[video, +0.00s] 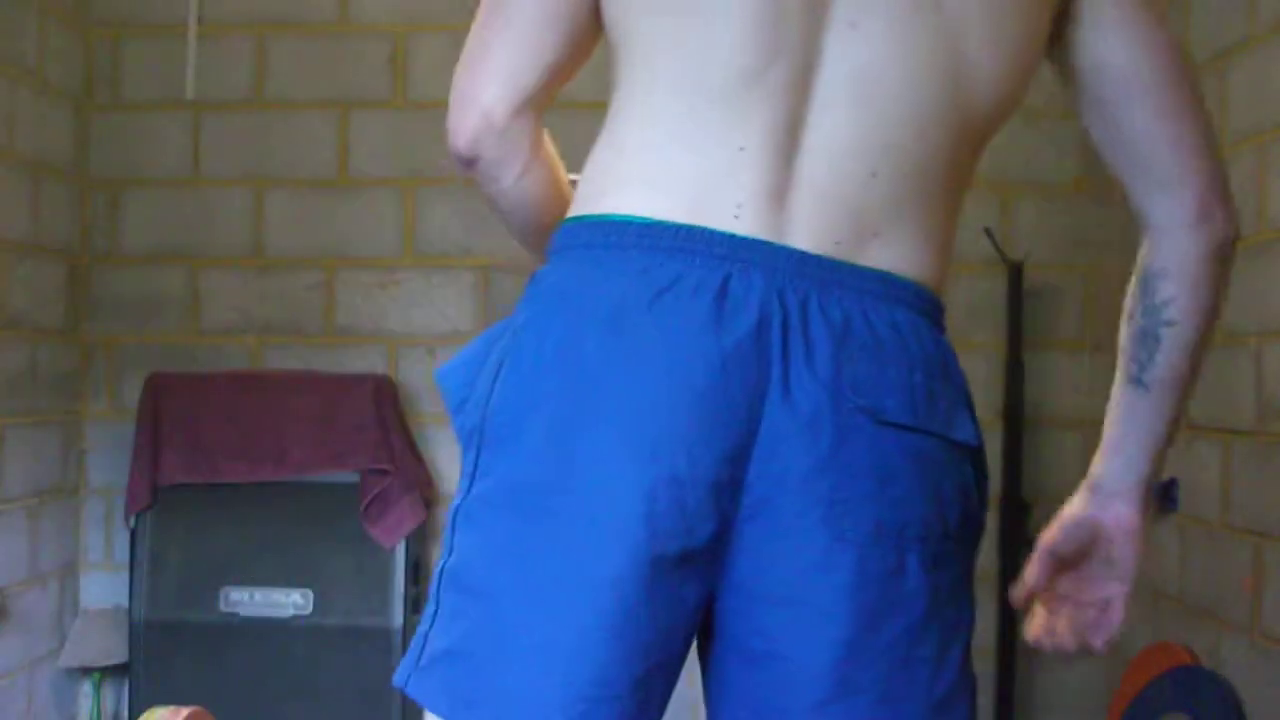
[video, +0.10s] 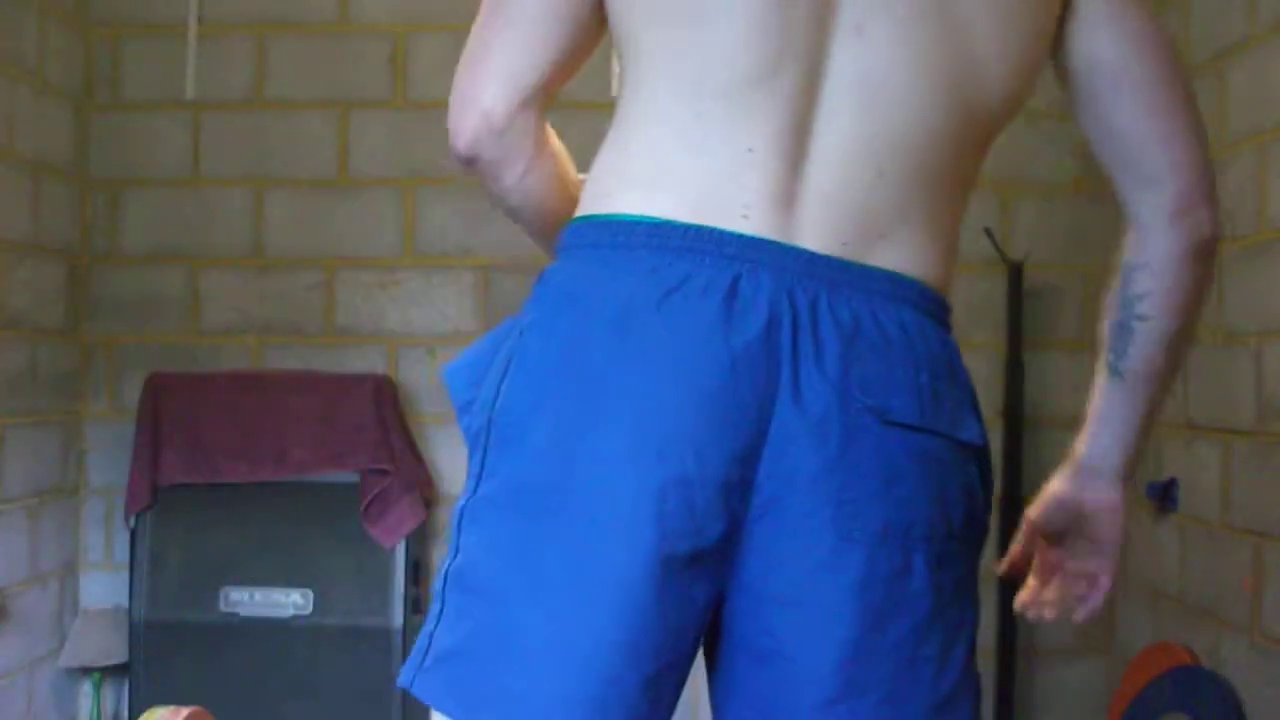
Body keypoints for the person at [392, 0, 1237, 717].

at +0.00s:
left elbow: (483, 121)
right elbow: (1193, 219)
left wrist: (611, 273)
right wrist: (1115, 489)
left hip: (612, 341)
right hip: (883, 374)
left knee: (520, 699)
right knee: (854, 699)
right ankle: (1180, 703)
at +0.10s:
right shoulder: (1067, 7)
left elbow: (486, 118)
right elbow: (1178, 211)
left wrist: (623, 266)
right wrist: (1099, 467)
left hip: (619, 341)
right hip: (887, 374)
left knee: (527, 698)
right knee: (854, 698)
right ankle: (1178, 700)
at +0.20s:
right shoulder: (1057, 4)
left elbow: (483, 122)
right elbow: (1137, 216)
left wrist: (615, 270)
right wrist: (1056, 463)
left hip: (622, 346)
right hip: (890, 383)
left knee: (532, 700)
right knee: (851, 700)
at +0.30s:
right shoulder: (1040, 6)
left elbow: (466, 124)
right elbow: (1108, 221)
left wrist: (579, 271)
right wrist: (999, 439)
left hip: (611, 348)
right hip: (882, 381)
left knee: (529, 697)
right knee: (850, 699)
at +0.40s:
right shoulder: (1009, 3)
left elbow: (437, 127)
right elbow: (1076, 211)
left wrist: (553, 324)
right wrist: (919, 403)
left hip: (589, 348)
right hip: (861, 376)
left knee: (514, 692)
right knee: (837, 695)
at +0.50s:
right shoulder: (956, 7)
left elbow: (389, 142)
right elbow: (1020, 200)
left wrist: (504, 344)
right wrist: (851, 369)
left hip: (549, 370)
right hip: (819, 389)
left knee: (491, 699)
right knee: (809, 701)